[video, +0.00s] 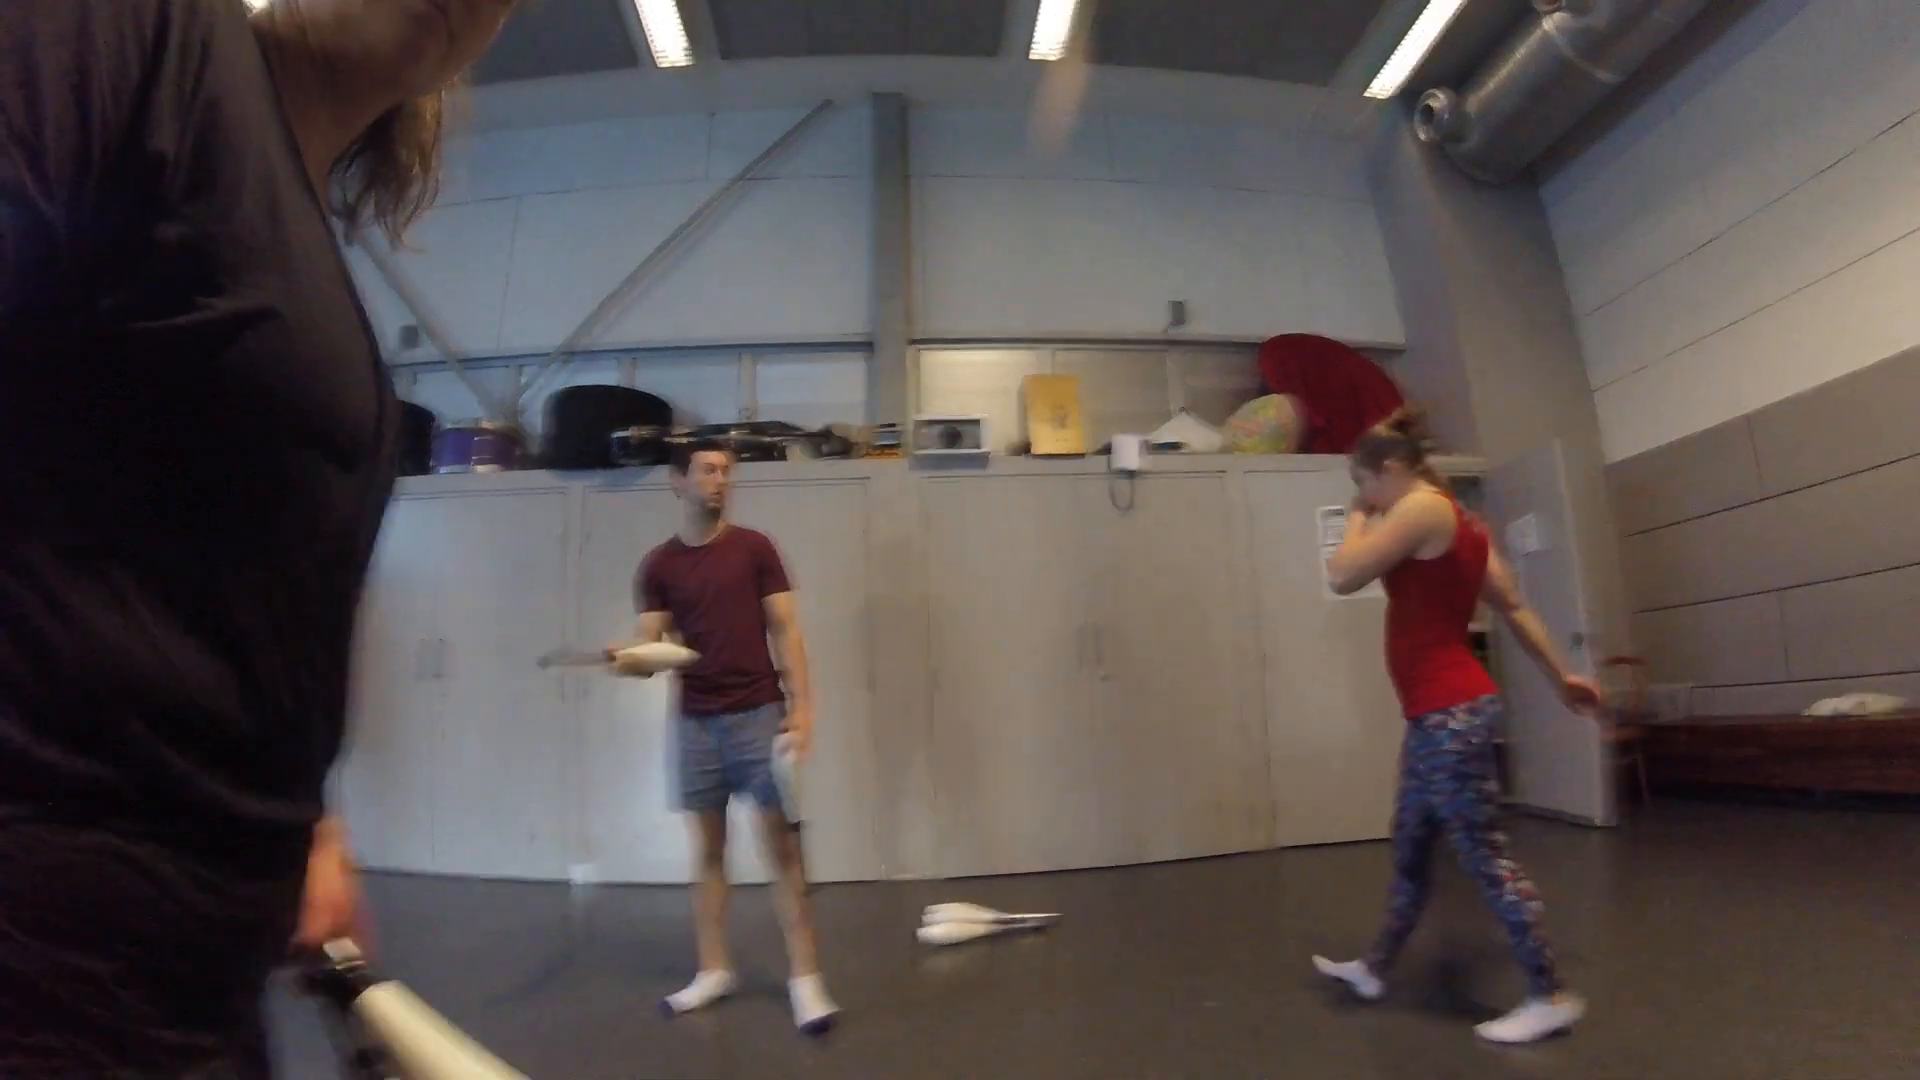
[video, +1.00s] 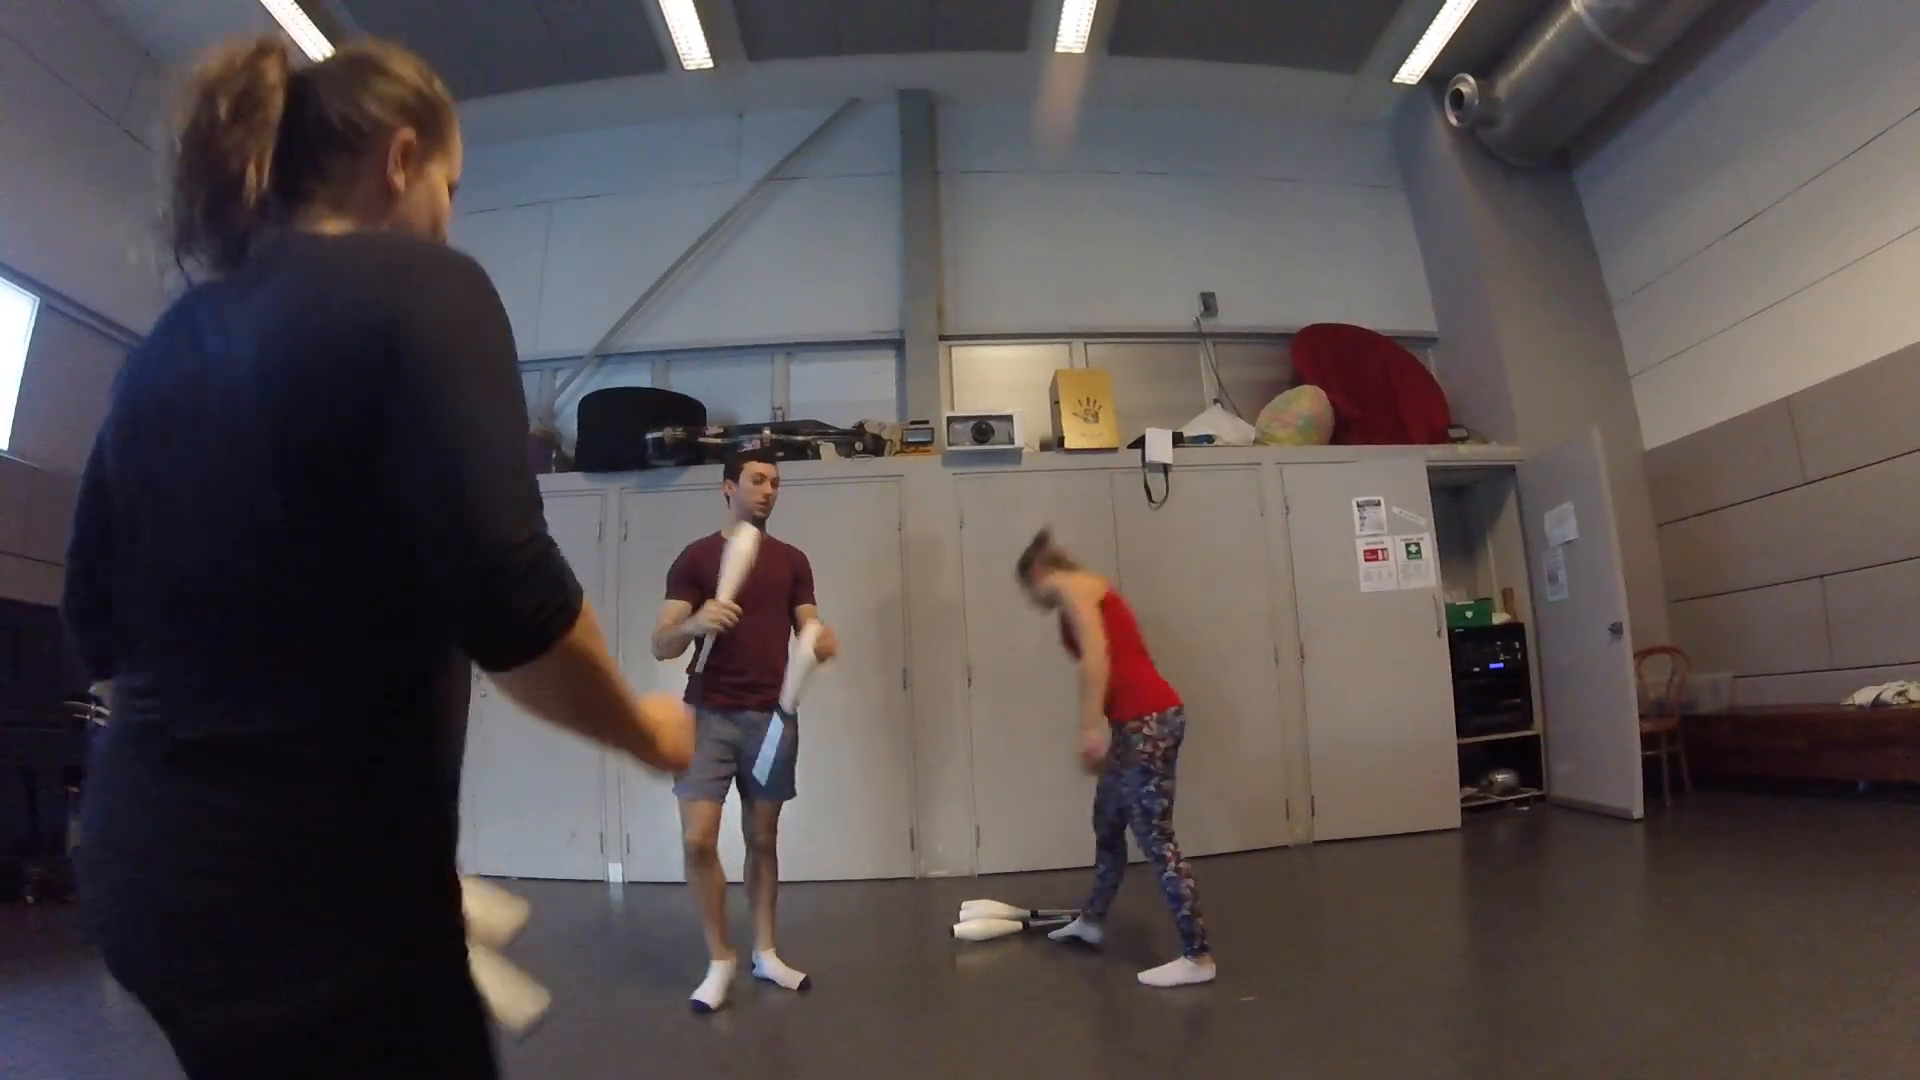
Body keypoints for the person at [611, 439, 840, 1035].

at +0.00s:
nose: (718, 481)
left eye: (724, 471)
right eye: (707, 471)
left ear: (731, 481)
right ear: (680, 481)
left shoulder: (756, 549)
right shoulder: (660, 564)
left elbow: (786, 628)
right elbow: (652, 648)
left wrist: (800, 708)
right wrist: (629, 660)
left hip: (759, 716)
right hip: (698, 720)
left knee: (785, 848)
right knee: (708, 851)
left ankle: (805, 979)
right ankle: (714, 970)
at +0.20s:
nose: (752, 483)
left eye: (755, 474)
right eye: (741, 474)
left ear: (758, 486)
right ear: (709, 486)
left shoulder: (780, 551)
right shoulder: (685, 567)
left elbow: (812, 629)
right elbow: (680, 658)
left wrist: (842, 702)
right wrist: (646, 617)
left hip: (791, 712)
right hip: (725, 721)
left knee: (798, 845)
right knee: (737, 850)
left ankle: (795, 963)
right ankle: (747, 970)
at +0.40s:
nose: (754, 482)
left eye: (756, 473)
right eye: (744, 473)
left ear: (756, 485)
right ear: (710, 482)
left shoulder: (776, 549)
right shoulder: (687, 560)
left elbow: (807, 629)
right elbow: (683, 650)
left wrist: (840, 700)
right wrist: (650, 593)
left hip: (786, 708)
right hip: (724, 715)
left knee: (787, 836)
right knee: (737, 843)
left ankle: (769, 946)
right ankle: (745, 966)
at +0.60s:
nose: (761, 485)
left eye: (762, 477)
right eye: (750, 476)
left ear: (759, 489)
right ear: (717, 485)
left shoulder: (780, 554)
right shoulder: (691, 560)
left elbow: (805, 633)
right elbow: (682, 653)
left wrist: (837, 700)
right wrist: (670, 596)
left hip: (784, 713)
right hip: (723, 717)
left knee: (777, 842)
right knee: (737, 845)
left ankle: (770, 952)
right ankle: (745, 967)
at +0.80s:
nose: (768, 488)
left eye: (771, 481)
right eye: (758, 479)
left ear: (772, 492)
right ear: (726, 488)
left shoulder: (787, 558)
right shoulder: (697, 559)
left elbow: (809, 633)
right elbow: (673, 654)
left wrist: (835, 683)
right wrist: (683, 610)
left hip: (779, 714)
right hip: (717, 715)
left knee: (769, 843)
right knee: (729, 847)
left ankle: (767, 955)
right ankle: (743, 968)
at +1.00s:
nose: (768, 491)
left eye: (773, 483)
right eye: (758, 480)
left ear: (777, 494)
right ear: (728, 488)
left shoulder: (790, 561)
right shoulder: (697, 558)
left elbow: (808, 628)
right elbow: (664, 646)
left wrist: (819, 638)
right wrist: (696, 621)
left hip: (771, 718)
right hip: (708, 717)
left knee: (763, 840)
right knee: (697, 843)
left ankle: (766, 953)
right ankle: (720, 960)